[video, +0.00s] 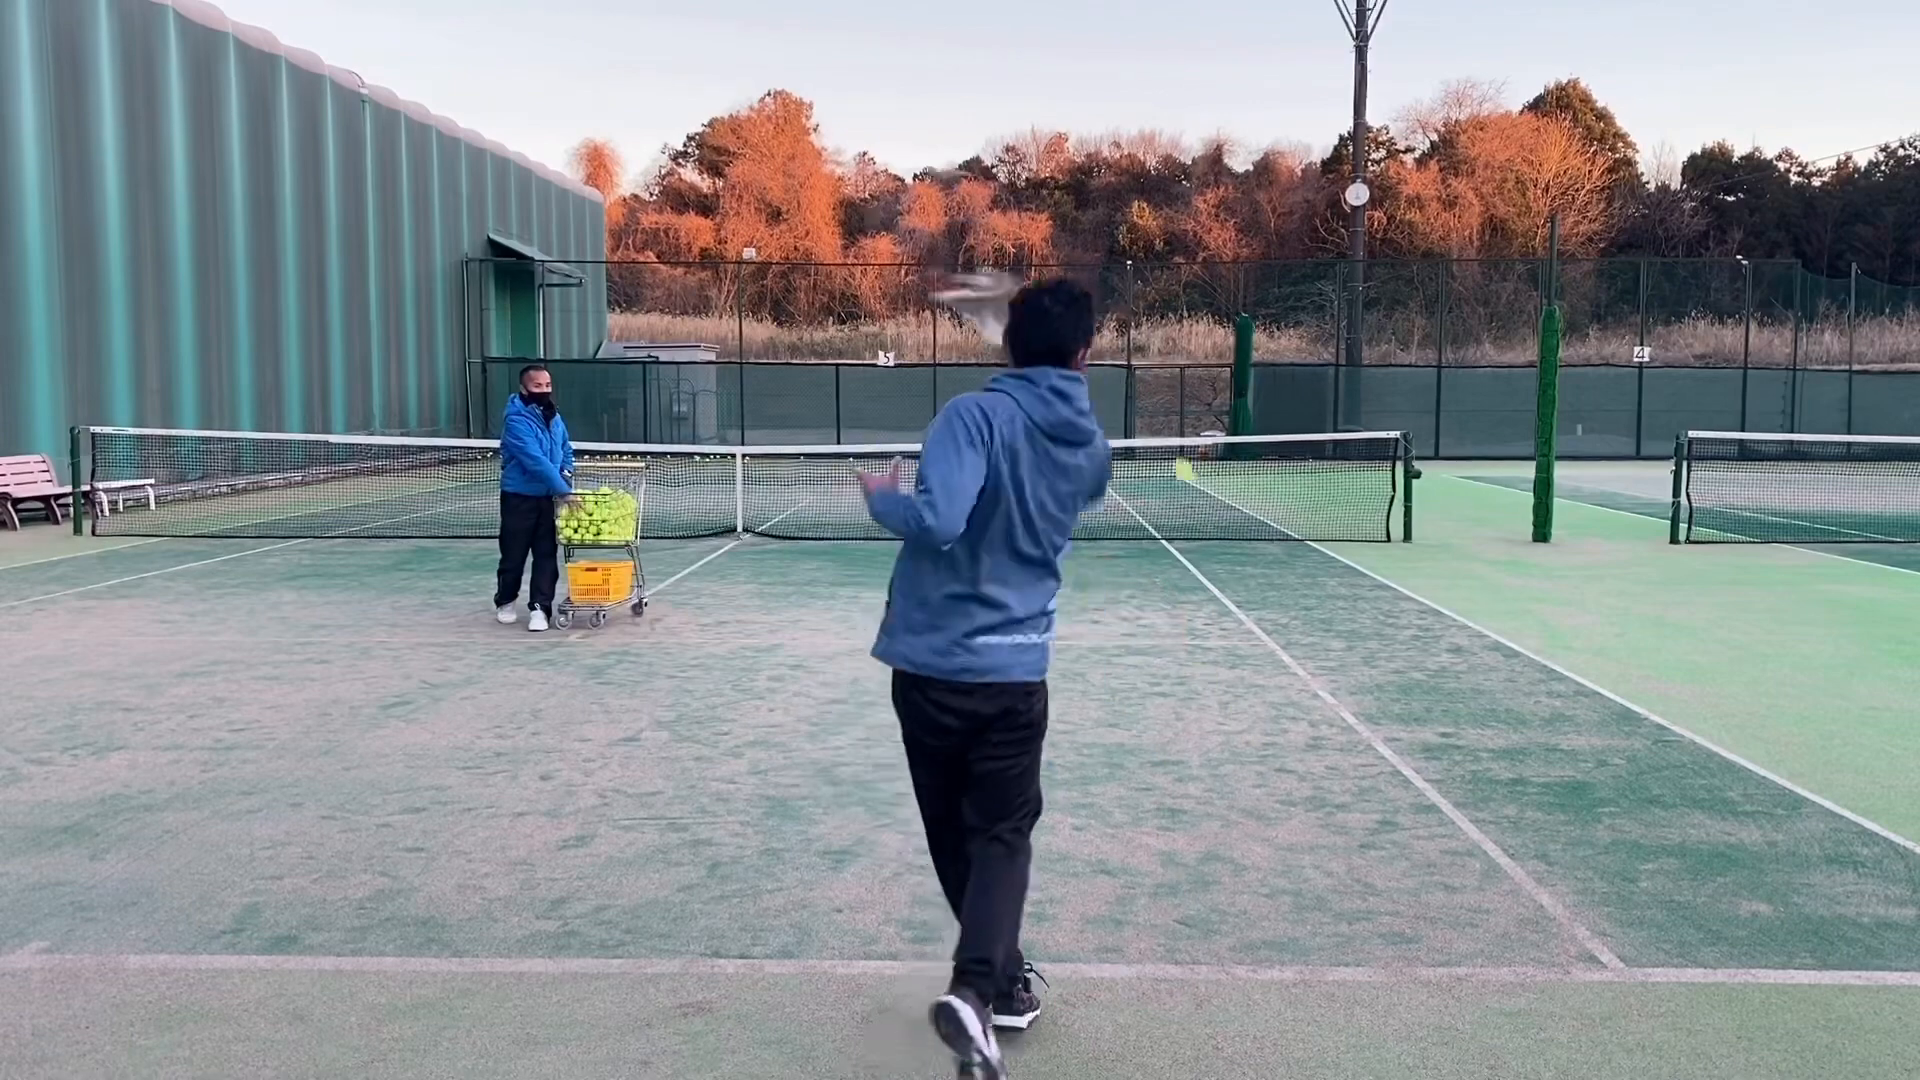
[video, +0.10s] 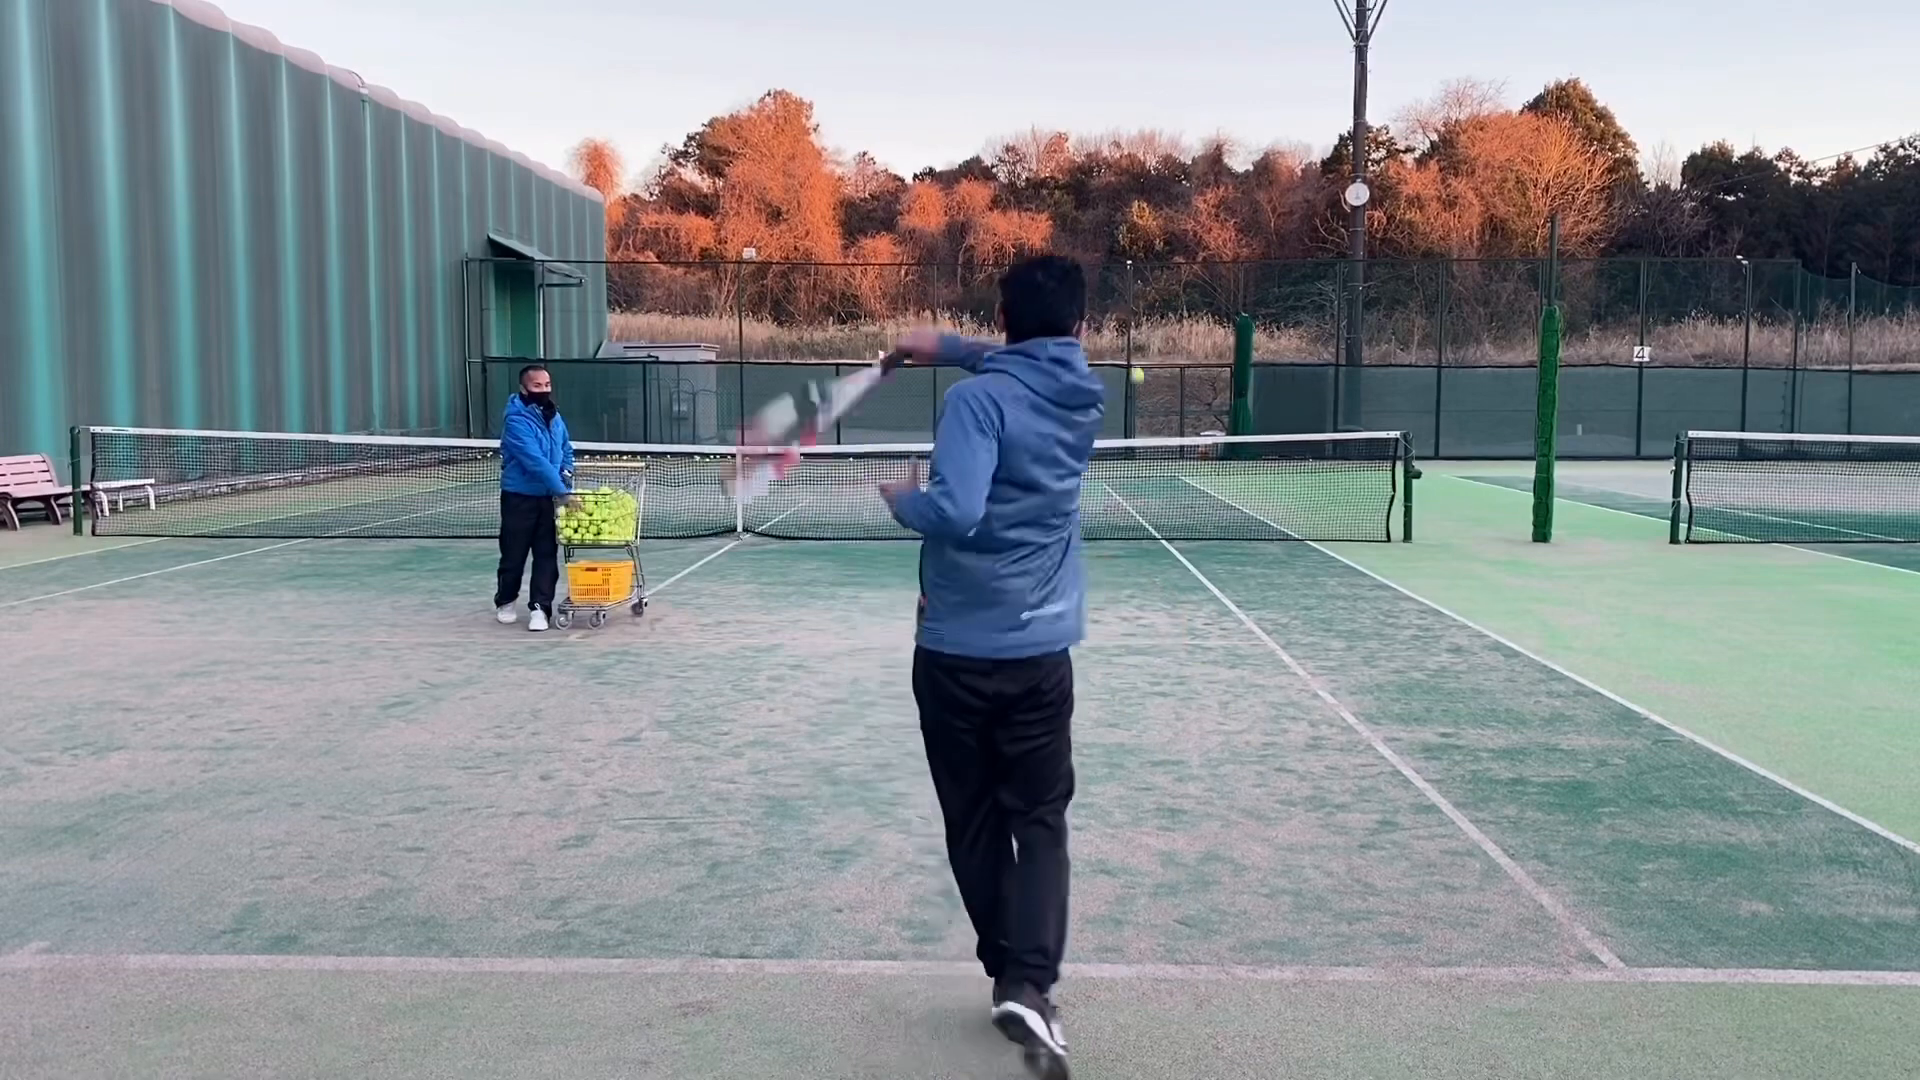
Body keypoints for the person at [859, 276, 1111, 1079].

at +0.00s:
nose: (1002, 338)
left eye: (1009, 328)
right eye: (1084, 342)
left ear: (1009, 340)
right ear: (1083, 351)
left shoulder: (970, 418)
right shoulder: (1087, 445)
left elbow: (940, 520)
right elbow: (1060, 495)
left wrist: (882, 497)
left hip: (929, 670)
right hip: (1016, 676)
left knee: (951, 833)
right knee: (1004, 832)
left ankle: (1010, 982)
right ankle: (971, 995)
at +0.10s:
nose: (996, 319)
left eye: (1001, 309)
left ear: (1004, 320)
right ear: (1078, 326)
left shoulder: (979, 398)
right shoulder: (1082, 389)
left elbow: (959, 510)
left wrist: (901, 498)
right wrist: (935, 345)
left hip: (959, 654)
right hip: (1042, 652)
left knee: (973, 820)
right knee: (1042, 814)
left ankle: (1011, 976)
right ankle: (1029, 990)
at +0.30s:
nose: (968, 346)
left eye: (970, 336)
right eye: (971, 335)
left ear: (978, 343)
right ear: (1050, 339)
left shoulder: (985, 427)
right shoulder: (1068, 412)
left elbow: (1001, 541)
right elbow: (1002, 439)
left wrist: (926, 518)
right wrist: (935, 448)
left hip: (994, 682)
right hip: (1074, 672)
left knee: (992, 838)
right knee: (1101, 830)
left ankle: (1047, 979)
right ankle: (1149, 998)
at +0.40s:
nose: (951, 382)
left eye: (953, 372)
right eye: (957, 369)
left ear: (962, 383)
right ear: (1027, 375)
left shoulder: (980, 462)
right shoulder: (1054, 449)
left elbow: (998, 577)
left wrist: (932, 572)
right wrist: (966, 545)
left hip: (1009, 712)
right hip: (1081, 699)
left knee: (930, 814)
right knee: (1104, 858)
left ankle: (1023, 947)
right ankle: (1163, 1018)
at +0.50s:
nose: (926, 403)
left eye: (927, 394)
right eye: (928, 392)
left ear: (935, 404)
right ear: (1006, 395)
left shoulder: (957, 482)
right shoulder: (1034, 469)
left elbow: (968, 601)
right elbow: (1047, 579)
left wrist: (909, 591)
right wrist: (953, 571)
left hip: (998, 725)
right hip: (1063, 711)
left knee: (884, 803)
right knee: (1081, 863)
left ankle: (960, 948)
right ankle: (1161, 1015)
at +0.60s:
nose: (885, 398)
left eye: (887, 388)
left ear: (895, 397)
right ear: (968, 388)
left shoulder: (909, 476)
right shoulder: (1006, 473)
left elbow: (903, 597)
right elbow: (1031, 584)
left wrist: (858, 578)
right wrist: (922, 566)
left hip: (951, 716)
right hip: (1028, 705)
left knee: (843, 808)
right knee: (1062, 851)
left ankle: (859, 976)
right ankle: (1155, 1003)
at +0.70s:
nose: (841, 382)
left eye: (840, 373)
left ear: (847, 382)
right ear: (923, 377)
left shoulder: (842, 466)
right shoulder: (961, 462)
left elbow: (816, 586)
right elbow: (998, 568)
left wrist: (811, 544)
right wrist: (917, 563)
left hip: (876, 715)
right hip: (968, 705)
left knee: (804, 839)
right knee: (1024, 839)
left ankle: (829, 1002)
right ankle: (1130, 989)